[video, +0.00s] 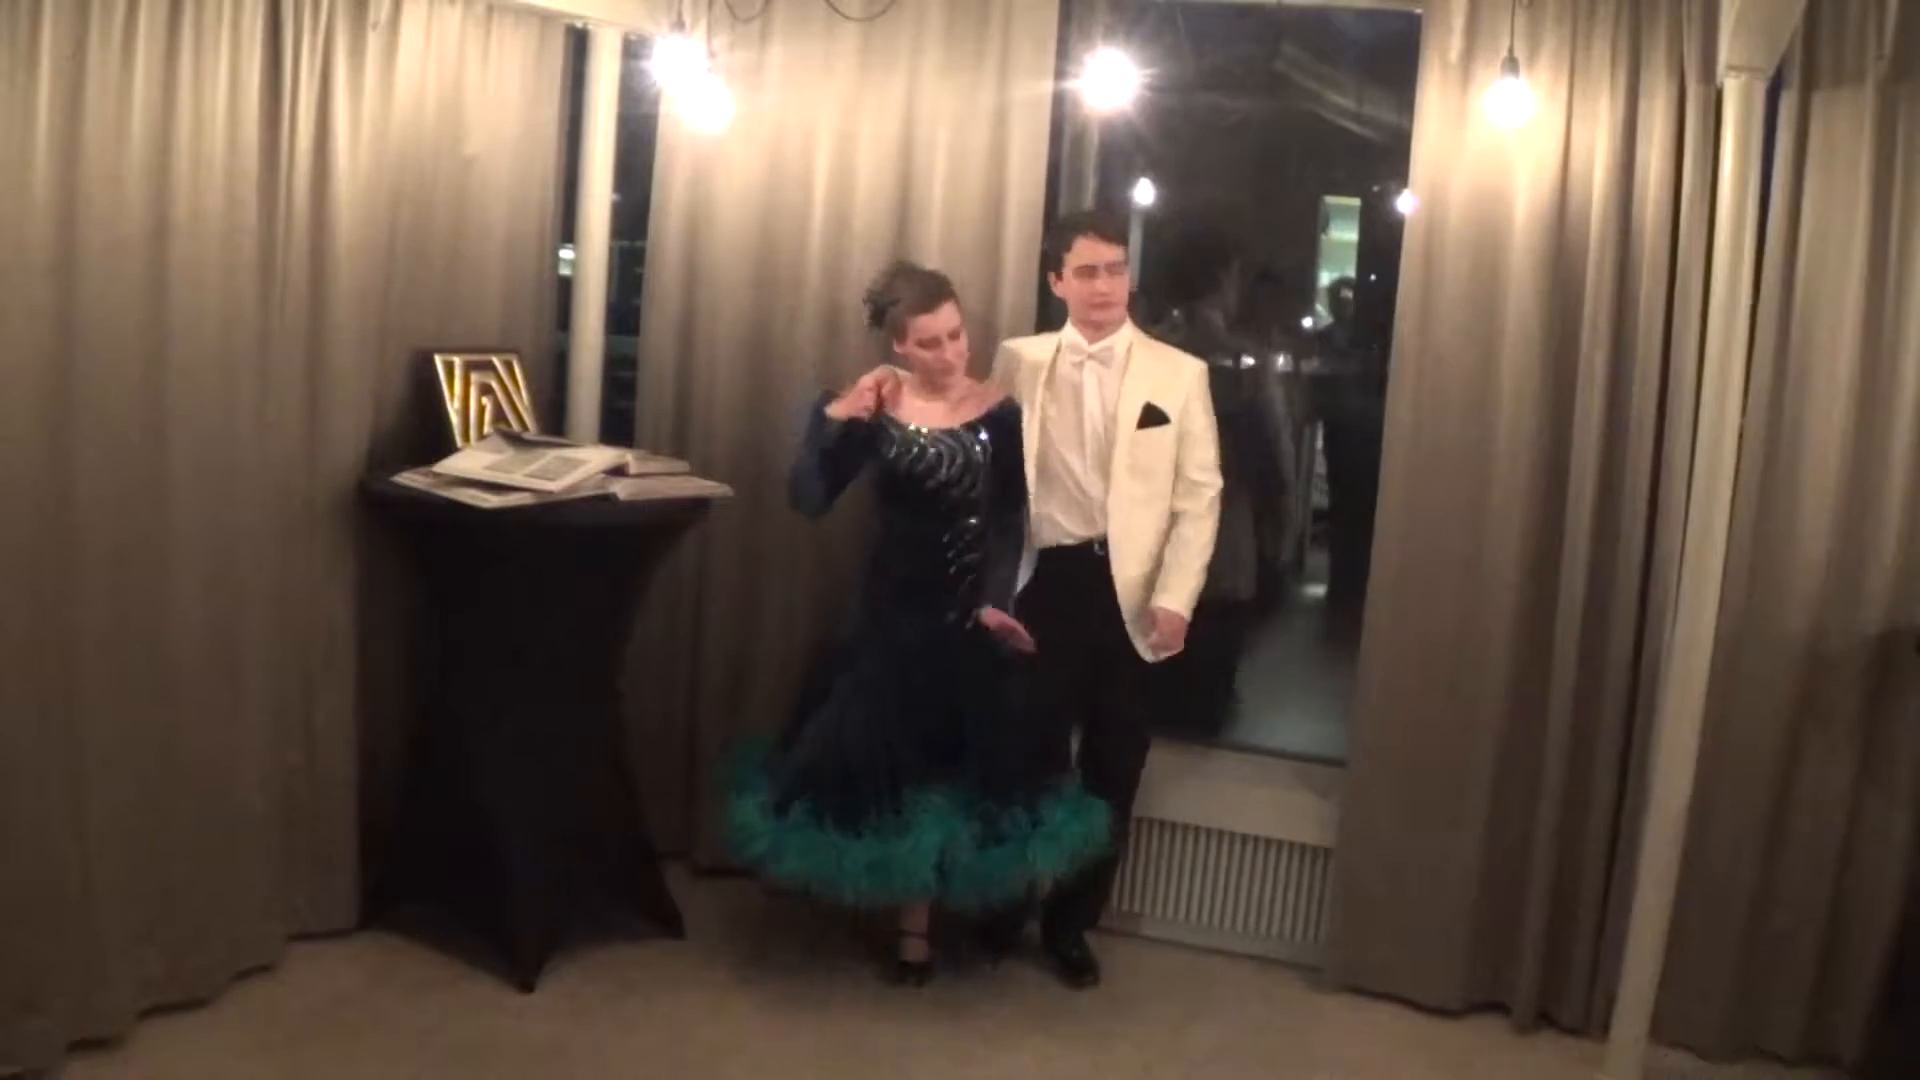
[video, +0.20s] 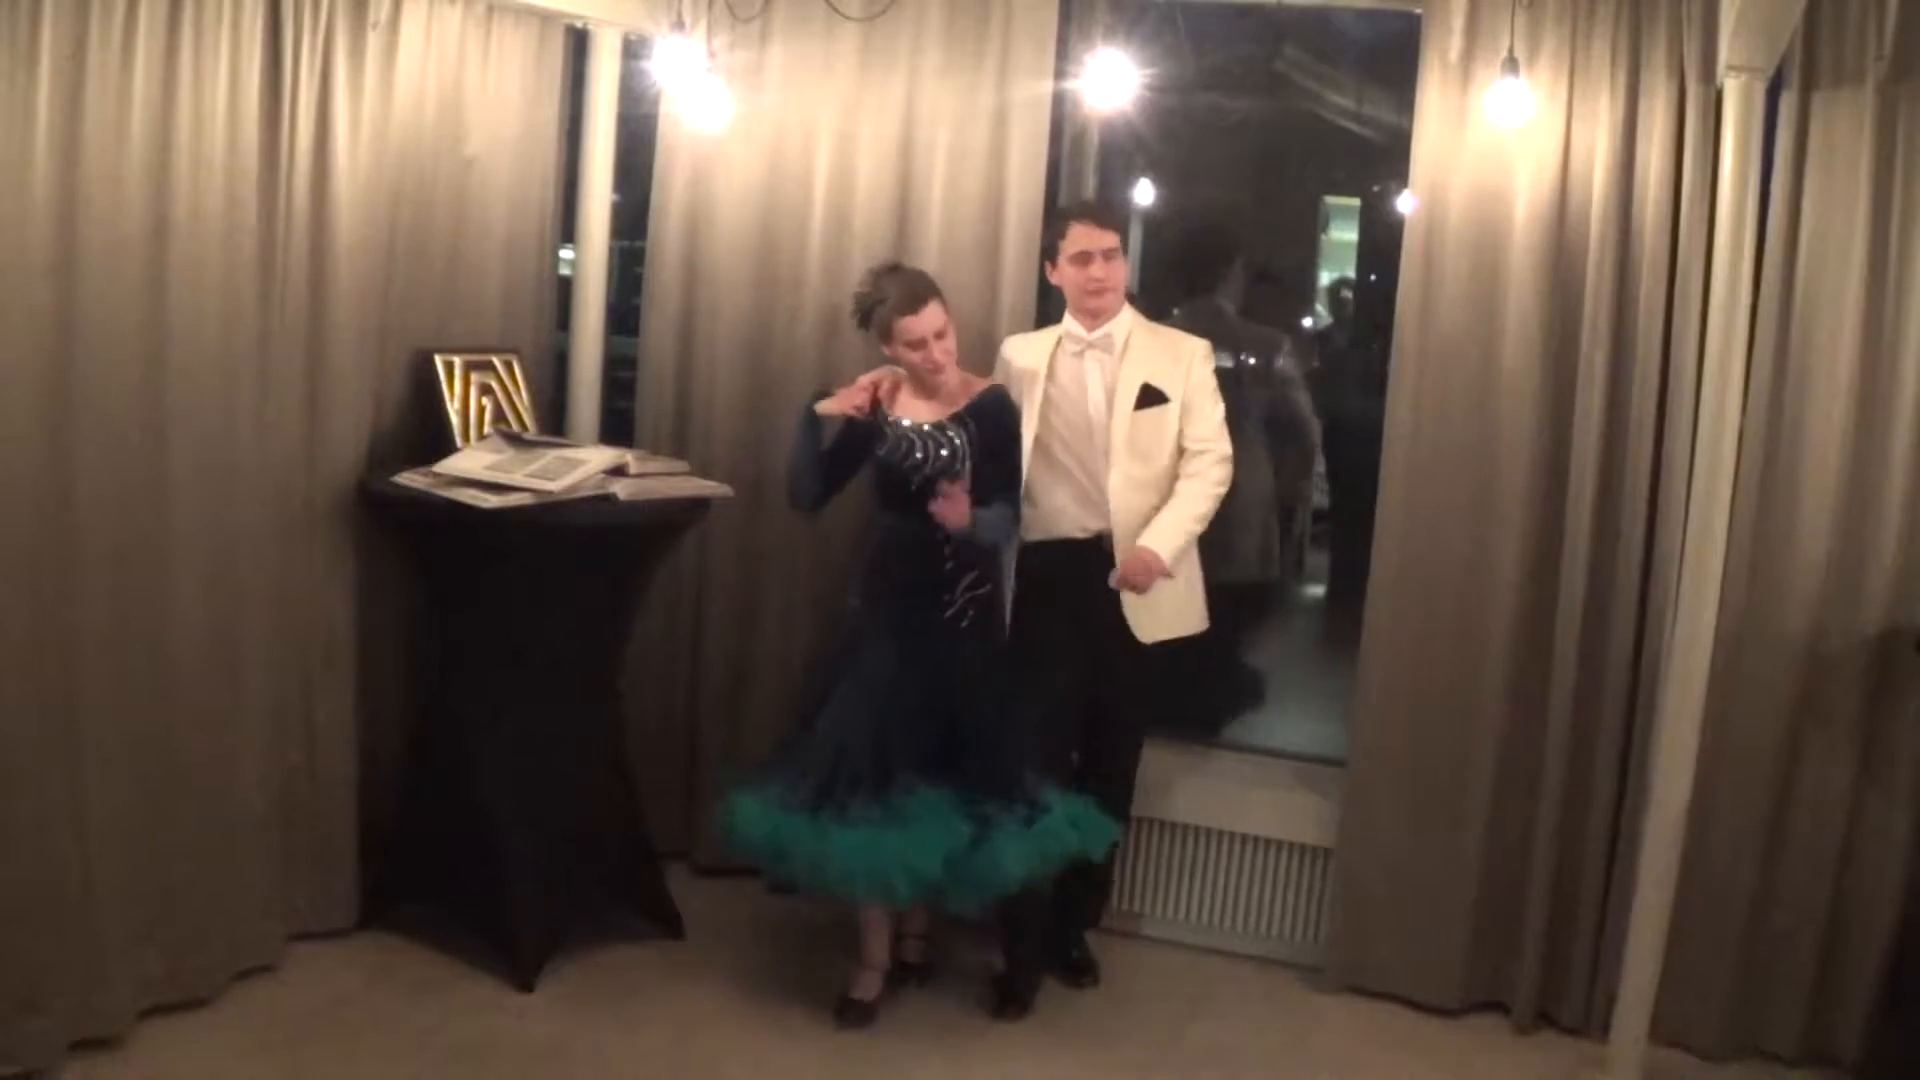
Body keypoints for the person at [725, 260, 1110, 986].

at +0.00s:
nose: (949, 354)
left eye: (955, 335)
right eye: (928, 343)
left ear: (968, 328)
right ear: (896, 346)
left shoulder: (997, 412)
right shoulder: (878, 408)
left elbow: (1011, 517)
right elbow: (811, 497)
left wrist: (997, 597)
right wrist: (835, 416)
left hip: (971, 610)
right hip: (896, 604)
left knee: (959, 756)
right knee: (902, 755)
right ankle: (903, 910)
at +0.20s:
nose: (937, 354)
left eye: (941, 334)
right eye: (917, 346)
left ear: (953, 322)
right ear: (888, 351)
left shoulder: (992, 407)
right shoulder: (875, 408)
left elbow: (1011, 519)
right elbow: (809, 494)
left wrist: (972, 520)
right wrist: (825, 416)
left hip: (964, 610)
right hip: (889, 603)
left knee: (936, 759)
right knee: (869, 755)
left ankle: (915, 920)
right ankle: (872, 951)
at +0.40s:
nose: (925, 342)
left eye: (932, 323)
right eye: (905, 333)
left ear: (946, 316)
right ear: (878, 342)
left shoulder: (981, 401)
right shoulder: (864, 402)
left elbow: (1000, 505)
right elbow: (800, 491)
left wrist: (948, 479)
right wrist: (811, 420)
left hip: (959, 612)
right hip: (886, 606)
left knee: (938, 766)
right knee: (873, 767)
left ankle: (913, 925)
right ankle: (878, 958)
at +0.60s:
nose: (918, 330)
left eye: (926, 313)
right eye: (899, 320)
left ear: (940, 311)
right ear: (866, 332)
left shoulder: (974, 397)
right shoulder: (852, 402)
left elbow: (992, 509)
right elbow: (785, 493)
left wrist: (946, 519)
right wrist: (796, 420)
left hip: (954, 604)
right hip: (876, 598)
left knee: (934, 757)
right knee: (866, 759)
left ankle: (916, 922)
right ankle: (872, 956)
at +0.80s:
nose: (922, 336)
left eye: (930, 320)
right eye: (903, 325)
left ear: (943, 325)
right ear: (866, 336)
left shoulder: (971, 415)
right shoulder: (845, 408)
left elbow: (982, 529)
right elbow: (770, 495)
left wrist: (973, 625)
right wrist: (791, 423)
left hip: (941, 618)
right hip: (862, 611)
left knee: (935, 770)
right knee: (865, 777)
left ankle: (923, 920)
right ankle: (874, 955)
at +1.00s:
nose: (933, 323)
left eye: (940, 309)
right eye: (915, 309)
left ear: (948, 317)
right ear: (869, 317)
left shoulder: (968, 407)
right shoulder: (837, 393)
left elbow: (991, 525)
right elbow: (747, 479)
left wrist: (1055, 607)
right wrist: (788, 400)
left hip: (933, 617)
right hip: (850, 611)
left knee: (917, 793)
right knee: (848, 785)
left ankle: (883, 985)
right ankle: (878, 954)